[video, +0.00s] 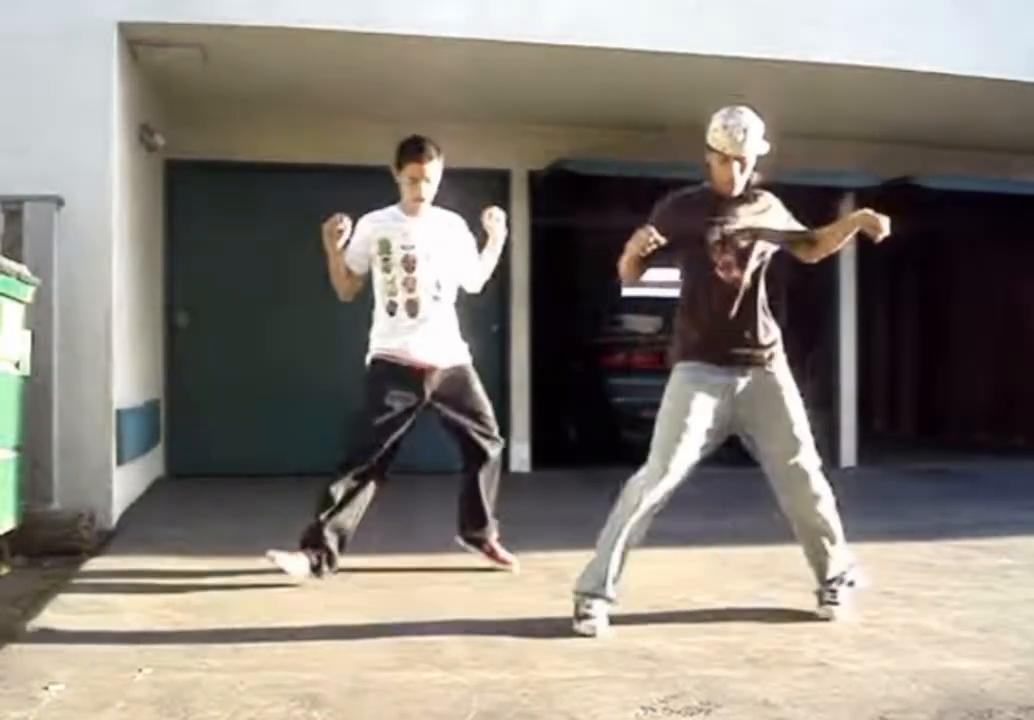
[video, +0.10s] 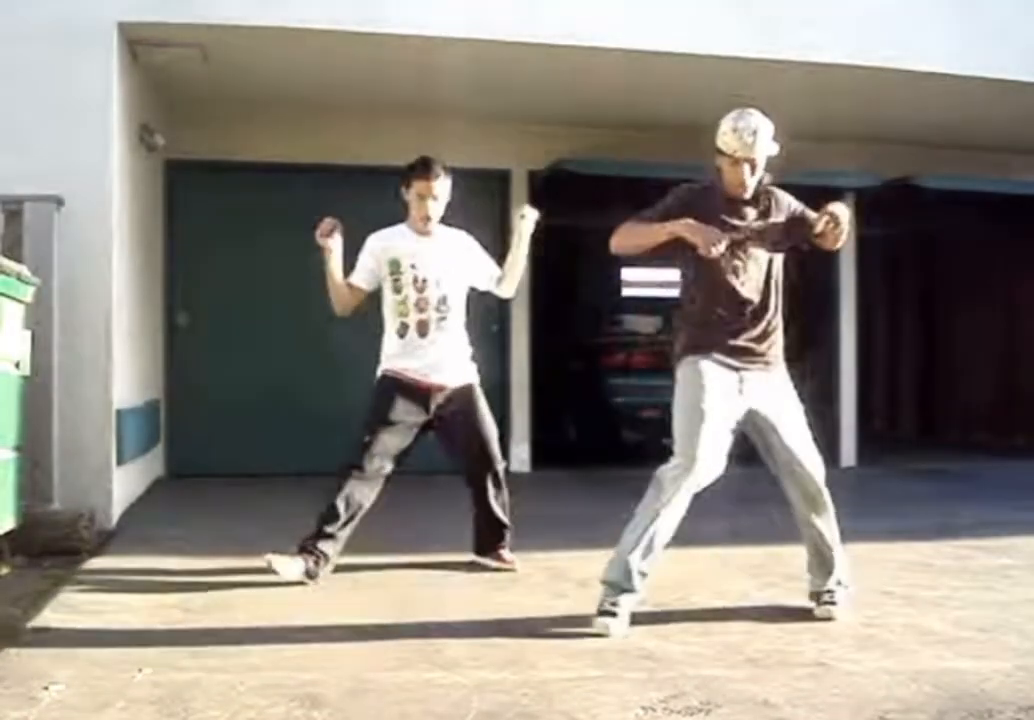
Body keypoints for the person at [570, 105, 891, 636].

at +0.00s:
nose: (736, 173)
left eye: (745, 163)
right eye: (727, 162)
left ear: (757, 161)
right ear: (709, 157)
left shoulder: (767, 206)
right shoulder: (681, 209)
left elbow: (808, 250)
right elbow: (629, 274)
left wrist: (852, 222)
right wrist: (634, 252)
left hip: (764, 367)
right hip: (699, 368)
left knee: (800, 472)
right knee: (659, 477)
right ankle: (594, 594)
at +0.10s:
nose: (744, 176)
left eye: (754, 164)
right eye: (734, 164)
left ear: (768, 160)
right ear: (719, 158)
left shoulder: (779, 205)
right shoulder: (690, 203)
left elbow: (826, 239)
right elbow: (619, 242)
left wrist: (837, 221)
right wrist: (679, 227)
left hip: (767, 365)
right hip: (708, 362)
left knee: (808, 473)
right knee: (694, 465)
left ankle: (828, 583)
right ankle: (619, 591)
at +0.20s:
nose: (734, 152)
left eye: (743, 143)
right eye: (727, 140)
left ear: (754, 139)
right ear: (711, 130)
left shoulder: (756, 178)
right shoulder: (684, 168)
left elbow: (785, 240)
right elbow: (647, 221)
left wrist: (777, 277)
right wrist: (704, 254)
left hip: (737, 327)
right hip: (683, 325)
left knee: (767, 442)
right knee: (707, 433)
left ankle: (758, 569)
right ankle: (714, 576)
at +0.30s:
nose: (727, 154)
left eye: (736, 144)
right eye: (720, 142)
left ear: (746, 140)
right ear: (702, 131)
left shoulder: (743, 185)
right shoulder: (666, 178)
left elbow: (749, 256)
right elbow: (653, 253)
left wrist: (761, 315)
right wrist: (717, 291)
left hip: (732, 330)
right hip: (680, 333)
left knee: (750, 449)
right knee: (718, 447)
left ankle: (701, 559)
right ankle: (754, 582)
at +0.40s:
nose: (700, 172)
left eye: (711, 164)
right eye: (693, 160)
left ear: (724, 165)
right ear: (678, 154)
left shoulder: (725, 223)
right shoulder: (645, 210)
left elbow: (730, 301)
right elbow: (620, 285)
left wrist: (742, 377)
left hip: (715, 358)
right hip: (665, 362)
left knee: (701, 472)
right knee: (708, 472)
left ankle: (656, 569)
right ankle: (767, 586)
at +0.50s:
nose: (697, 171)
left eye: (708, 162)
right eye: (690, 158)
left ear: (722, 162)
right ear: (676, 151)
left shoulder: (721, 220)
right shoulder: (641, 204)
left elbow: (726, 297)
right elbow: (598, 271)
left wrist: (737, 373)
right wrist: (633, 335)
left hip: (708, 358)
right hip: (659, 359)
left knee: (701, 471)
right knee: (701, 473)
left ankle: (658, 570)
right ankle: (763, 582)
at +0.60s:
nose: (685, 159)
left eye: (695, 150)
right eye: (679, 146)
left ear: (707, 147)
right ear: (661, 134)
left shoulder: (707, 189)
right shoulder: (621, 180)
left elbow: (714, 243)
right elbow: (548, 209)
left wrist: (707, 290)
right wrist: (583, 269)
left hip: (694, 333)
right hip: (641, 335)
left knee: (714, 448)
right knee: (664, 454)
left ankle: (669, 557)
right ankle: (691, 573)